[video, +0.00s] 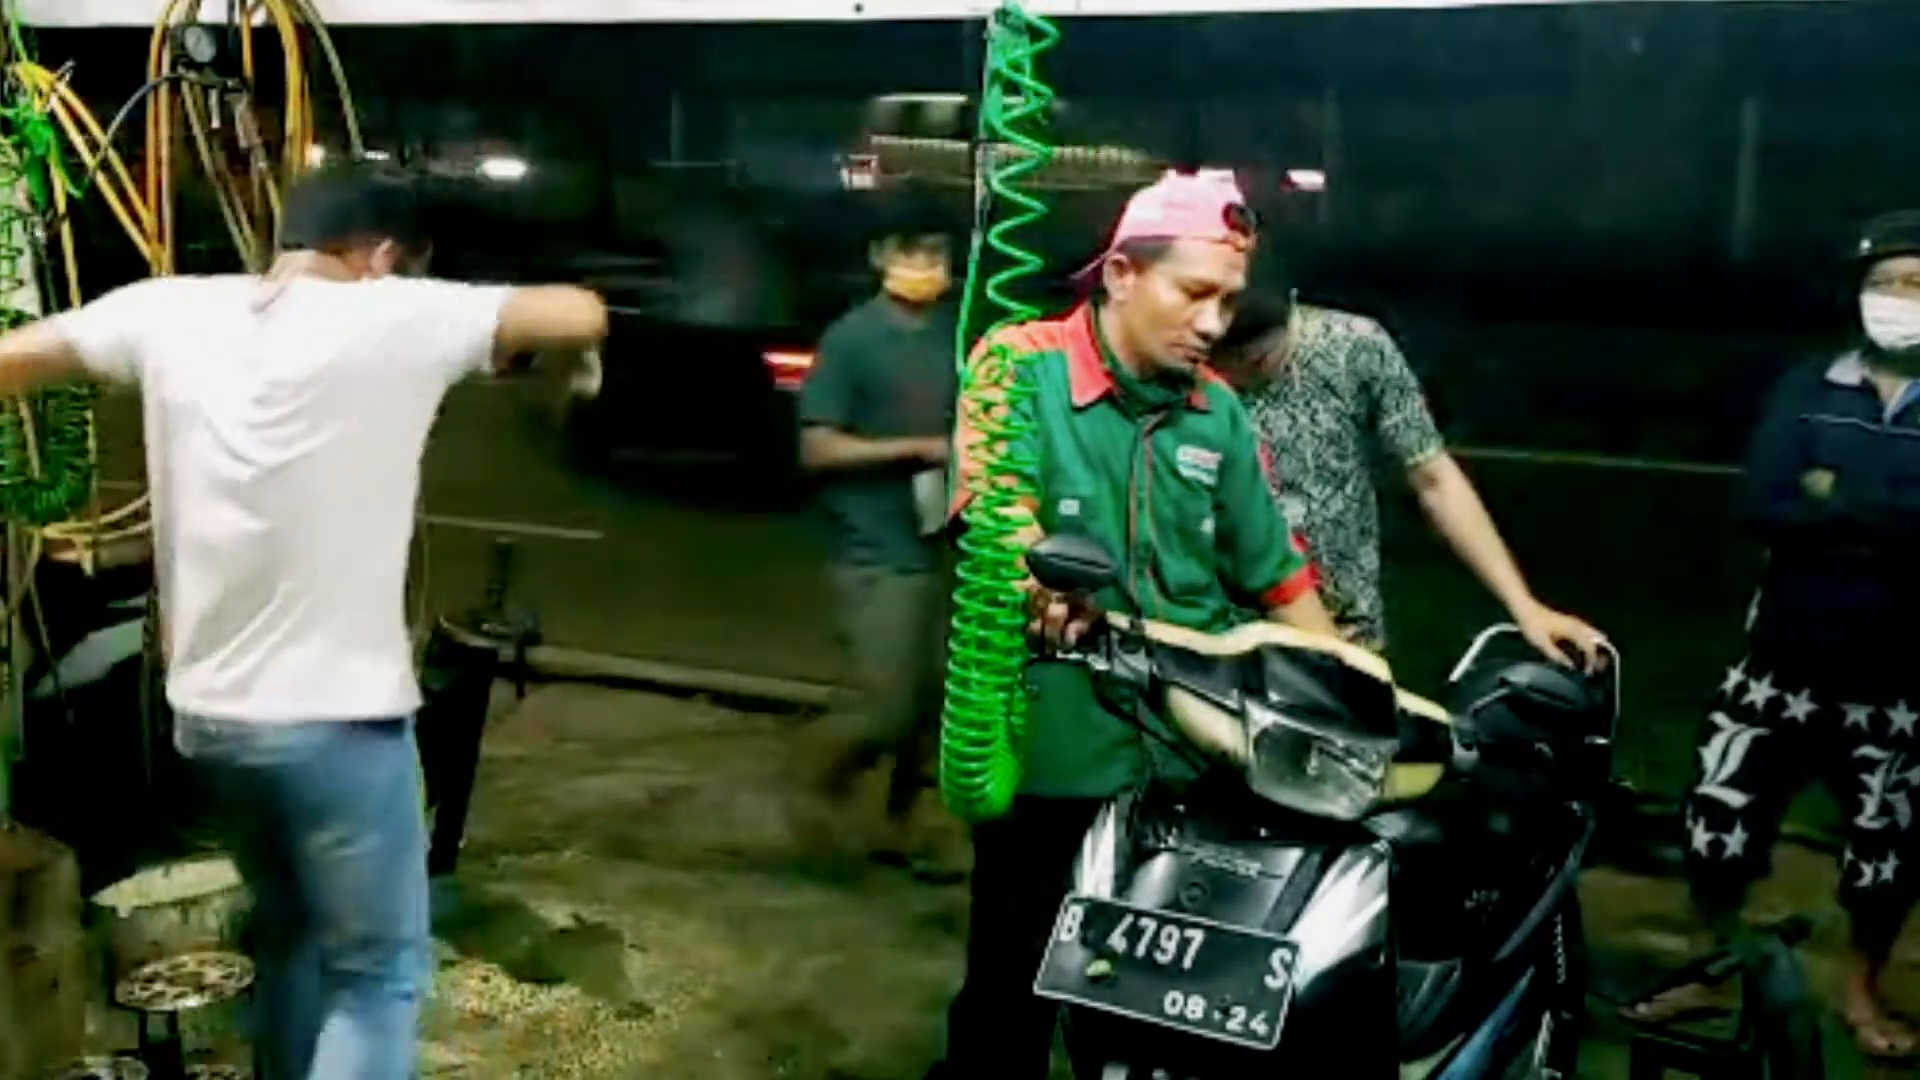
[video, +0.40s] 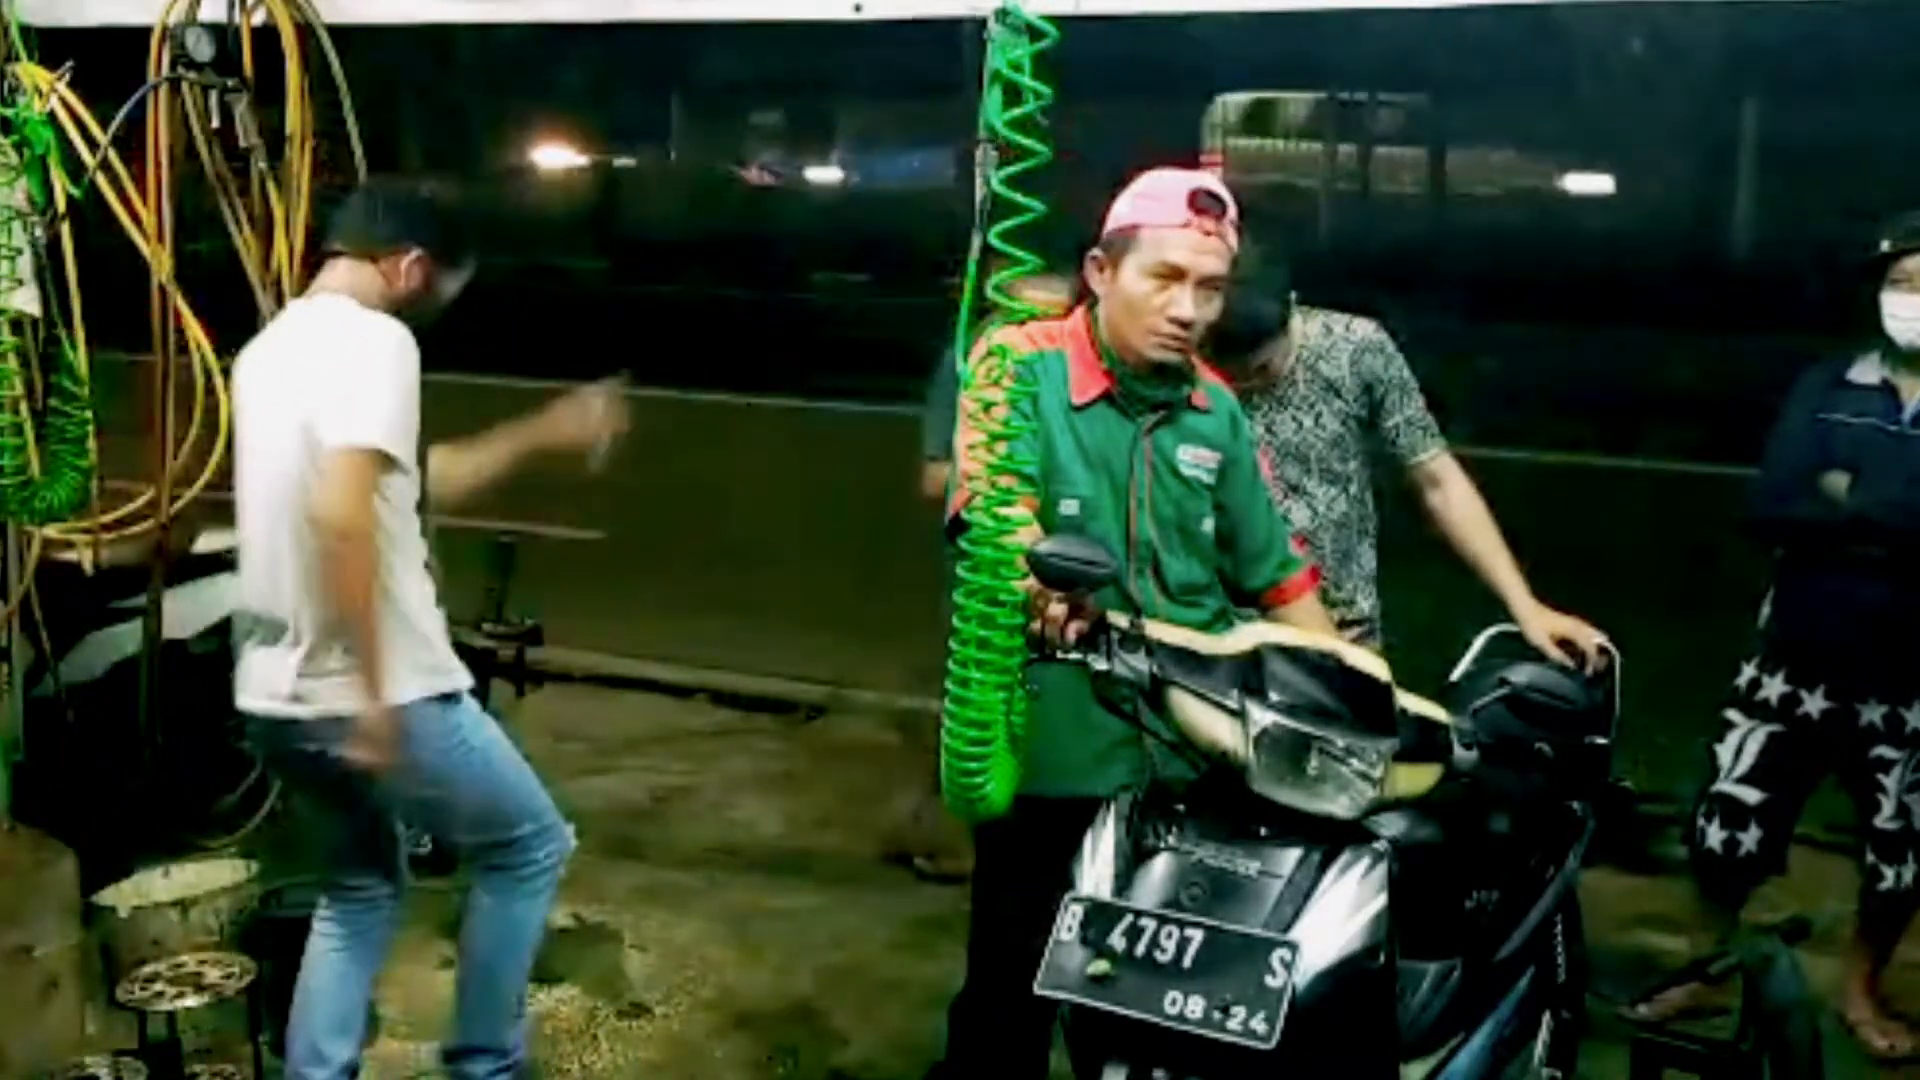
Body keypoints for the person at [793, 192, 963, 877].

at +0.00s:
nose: (923, 268)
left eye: (934, 255)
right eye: (910, 253)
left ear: (951, 264)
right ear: (882, 257)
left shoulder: (951, 340)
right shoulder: (850, 339)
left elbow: (969, 424)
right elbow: (819, 445)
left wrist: (977, 459)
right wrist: (928, 448)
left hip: (947, 548)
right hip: (873, 547)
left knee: (931, 704)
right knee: (887, 704)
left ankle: (902, 827)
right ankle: (815, 780)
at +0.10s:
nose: (956, 271)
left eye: (964, 258)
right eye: (943, 257)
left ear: (973, 266)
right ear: (911, 260)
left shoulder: (977, 338)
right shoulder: (881, 340)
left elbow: (998, 423)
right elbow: (845, 447)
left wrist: (991, 449)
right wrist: (945, 449)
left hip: (978, 551)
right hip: (905, 549)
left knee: (970, 692)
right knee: (935, 689)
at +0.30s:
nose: (1010, 297)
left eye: (1020, 283)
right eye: (997, 282)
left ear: (1034, 287)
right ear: (964, 283)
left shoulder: (1044, 353)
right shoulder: (937, 355)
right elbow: (901, 466)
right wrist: (974, 465)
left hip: (1028, 541)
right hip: (952, 547)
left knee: (1023, 688)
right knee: (959, 687)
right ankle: (918, 825)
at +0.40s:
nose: (1036, 323)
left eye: (1052, 309)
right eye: (1025, 306)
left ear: (1076, 302)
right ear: (999, 299)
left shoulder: (1079, 362)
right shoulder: (968, 361)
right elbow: (936, 476)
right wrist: (999, 480)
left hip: (1066, 542)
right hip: (986, 544)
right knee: (971, 685)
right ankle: (936, 819)